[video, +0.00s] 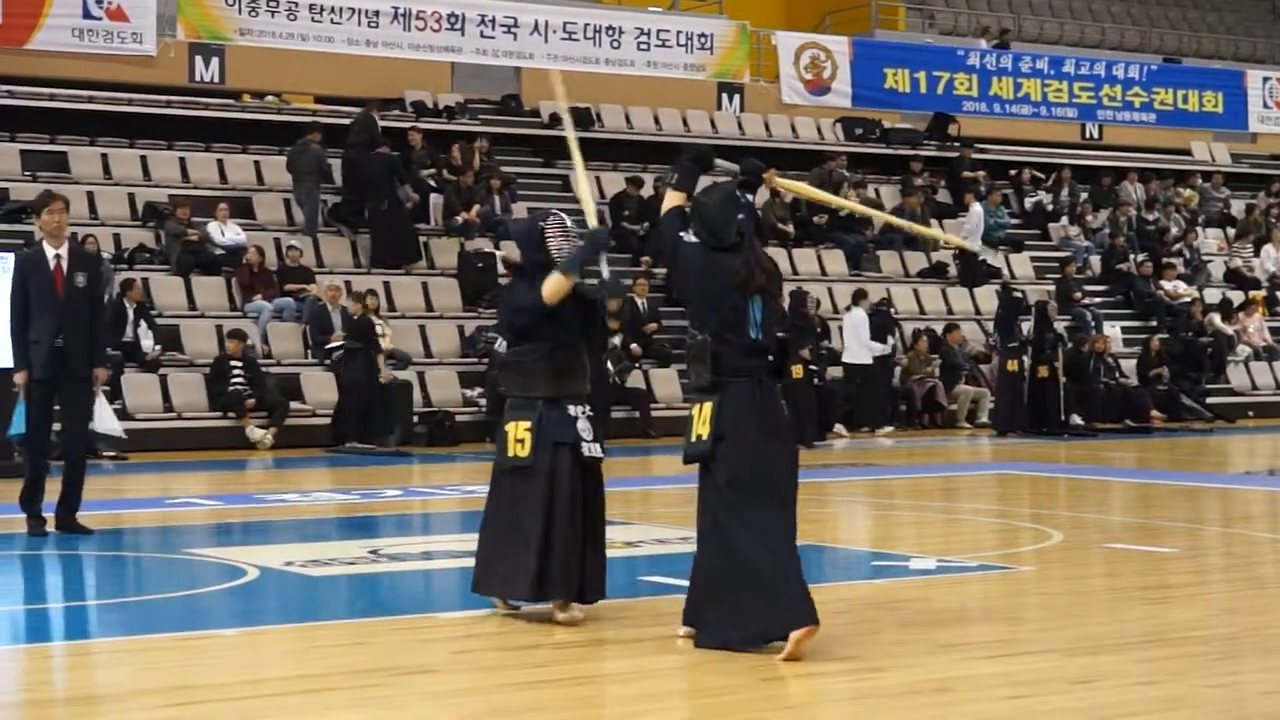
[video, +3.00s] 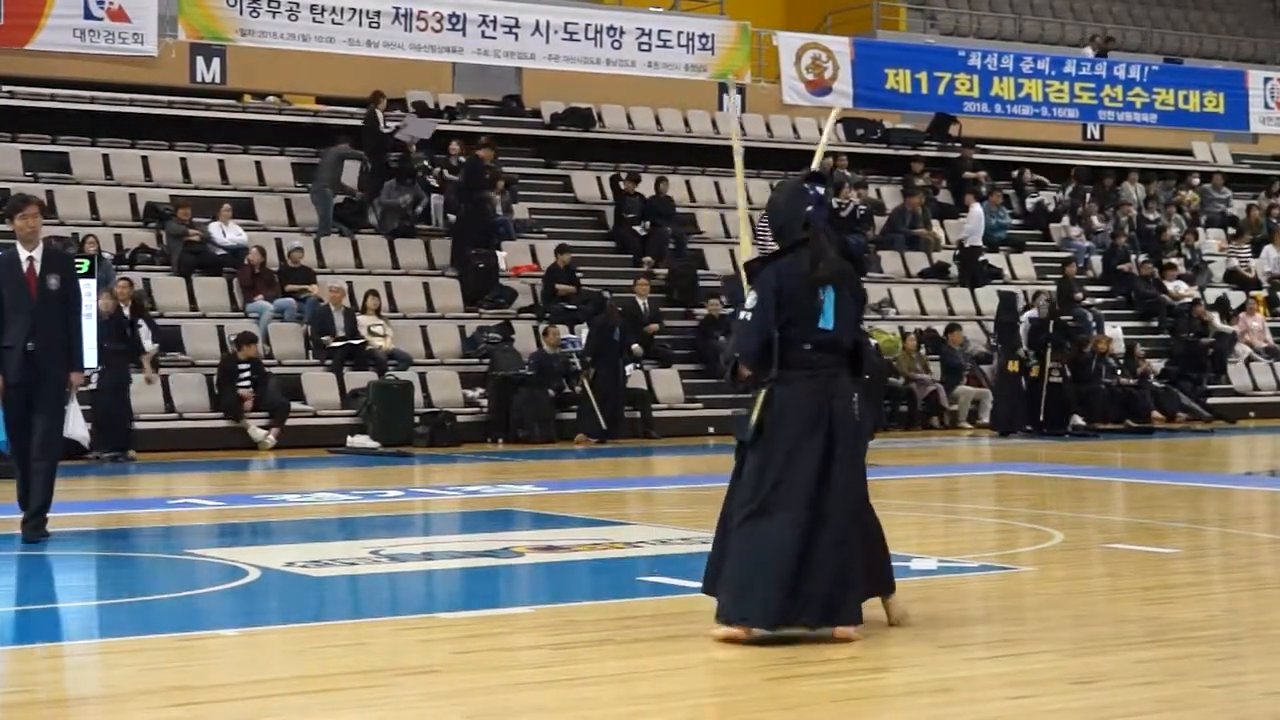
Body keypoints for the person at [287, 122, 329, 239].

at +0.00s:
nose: (319, 138)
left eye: (319, 135)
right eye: (318, 135)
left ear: (306, 135)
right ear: (313, 135)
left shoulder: (294, 150)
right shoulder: (317, 150)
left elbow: (289, 167)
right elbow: (324, 169)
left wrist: (298, 174)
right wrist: (331, 182)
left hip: (297, 186)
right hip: (312, 187)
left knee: (310, 218)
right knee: (311, 220)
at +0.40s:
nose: (324, 138)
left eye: (324, 135)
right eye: (323, 135)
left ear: (311, 135)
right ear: (318, 135)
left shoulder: (299, 150)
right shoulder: (322, 151)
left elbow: (294, 166)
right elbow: (332, 167)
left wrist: (298, 178)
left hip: (302, 187)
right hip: (315, 187)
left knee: (311, 217)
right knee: (313, 219)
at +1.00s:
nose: (327, 137)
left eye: (326, 135)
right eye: (325, 135)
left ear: (315, 135)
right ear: (322, 136)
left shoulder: (307, 148)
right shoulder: (325, 148)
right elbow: (340, 162)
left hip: (309, 185)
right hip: (321, 186)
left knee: (316, 218)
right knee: (321, 220)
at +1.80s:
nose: (332, 141)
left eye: (332, 138)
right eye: (332, 138)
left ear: (321, 137)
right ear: (329, 138)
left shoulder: (312, 149)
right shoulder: (325, 149)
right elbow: (335, 163)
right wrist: (348, 169)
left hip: (310, 188)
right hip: (320, 189)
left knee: (316, 221)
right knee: (322, 222)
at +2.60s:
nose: (345, 147)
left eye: (346, 145)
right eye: (345, 144)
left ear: (335, 142)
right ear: (343, 142)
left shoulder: (326, 152)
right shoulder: (336, 149)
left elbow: (334, 183)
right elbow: (352, 153)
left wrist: (353, 190)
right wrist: (363, 158)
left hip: (316, 191)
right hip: (323, 191)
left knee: (324, 225)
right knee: (324, 226)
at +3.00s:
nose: (348, 150)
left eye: (348, 148)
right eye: (347, 147)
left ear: (337, 144)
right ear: (345, 145)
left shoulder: (329, 154)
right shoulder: (338, 151)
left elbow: (335, 184)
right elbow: (361, 154)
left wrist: (354, 193)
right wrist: (365, 161)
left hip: (317, 190)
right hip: (324, 190)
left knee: (325, 225)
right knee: (325, 226)